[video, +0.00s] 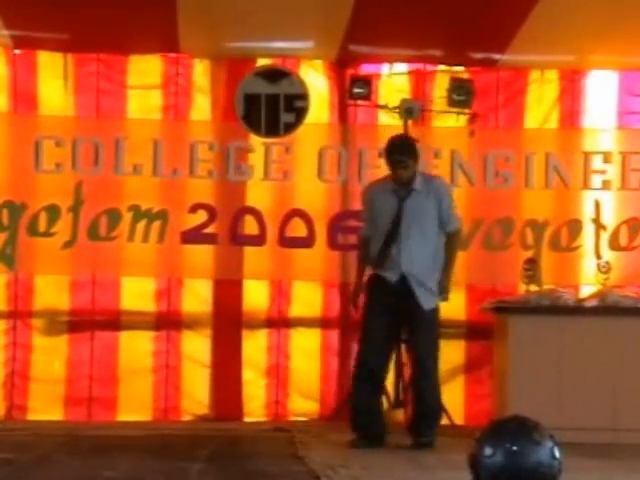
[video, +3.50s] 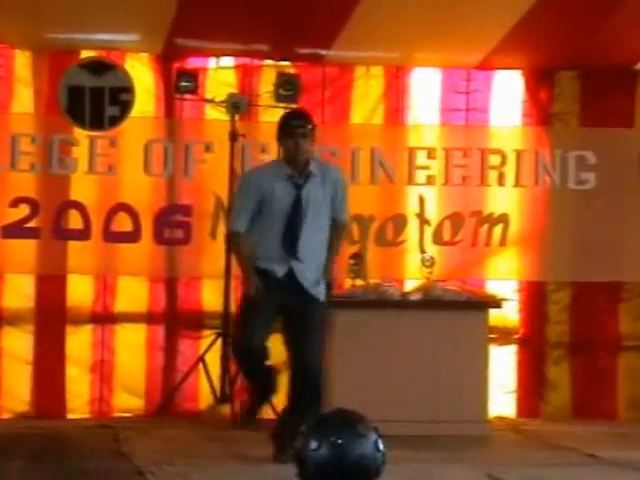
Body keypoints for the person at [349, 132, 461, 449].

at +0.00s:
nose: (401, 173)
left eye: (406, 166)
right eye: (396, 167)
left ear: (417, 163)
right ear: (387, 165)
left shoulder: (436, 190)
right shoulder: (374, 193)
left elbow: (453, 233)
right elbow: (367, 236)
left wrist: (445, 276)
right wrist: (359, 280)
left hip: (423, 285)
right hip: (383, 284)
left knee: (425, 362)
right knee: (370, 360)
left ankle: (425, 430)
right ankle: (369, 430)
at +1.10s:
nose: (370, 180)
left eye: (374, 173)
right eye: (363, 174)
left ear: (381, 168)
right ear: (351, 170)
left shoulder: (394, 188)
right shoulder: (331, 197)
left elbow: (408, 221)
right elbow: (322, 246)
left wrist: (401, 255)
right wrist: (330, 287)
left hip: (384, 282)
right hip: (345, 283)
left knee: (392, 356)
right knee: (342, 357)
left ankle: (393, 430)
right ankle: (358, 428)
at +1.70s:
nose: (348, 182)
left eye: (354, 175)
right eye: (342, 175)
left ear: (361, 172)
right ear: (330, 170)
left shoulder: (369, 199)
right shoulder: (305, 196)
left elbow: (372, 239)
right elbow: (287, 240)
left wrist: (365, 280)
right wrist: (299, 283)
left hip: (353, 294)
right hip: (313, 294)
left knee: (361, 366)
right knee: (309, 371)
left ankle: (343, 433)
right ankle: (335, 425)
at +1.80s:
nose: (348, 185)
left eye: (353, 178)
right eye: (342, 178)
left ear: (361, 175)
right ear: (329, 173)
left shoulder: (371, 202)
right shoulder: (304, 198)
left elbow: (374, 244)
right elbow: (283, 241)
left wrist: (362, 283)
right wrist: (290, 281)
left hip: (344, 299)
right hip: (304, 294)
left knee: (339, 374)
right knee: (280, 353)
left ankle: (327, 443)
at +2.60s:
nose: (320, 179)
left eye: (325, 171)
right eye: (314, 171)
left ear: (332, 169)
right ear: (300, 168)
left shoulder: (343, 196)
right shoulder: (276, 197)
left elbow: (351, 242)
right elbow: (263, 246)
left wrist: (338, 286)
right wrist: (277, 285)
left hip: (320, 296)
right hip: (283, 294)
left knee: (312, 373)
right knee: (278, 371)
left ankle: (280, 436)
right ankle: (285, 444)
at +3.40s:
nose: (296, 149)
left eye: (301, 140)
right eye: (289, 141)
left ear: (308, 140)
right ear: (276, 141)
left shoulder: (322, 176)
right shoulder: (251, 177)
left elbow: (329, 222)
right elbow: (238, 231)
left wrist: (329, 262)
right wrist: (255, 277)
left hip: (314, 282)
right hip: (273, 284)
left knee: (331, 356)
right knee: (283, 359)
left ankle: (321, 422)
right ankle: (306, 422)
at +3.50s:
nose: (300, 145)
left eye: (306, 137)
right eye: (293, 137)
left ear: (314, 141)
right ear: (281, 141)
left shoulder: (331, 180)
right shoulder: (257, 179)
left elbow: (339, 227)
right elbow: (236, 234)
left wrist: (328, 270)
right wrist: (249, 277)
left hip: (309, 280)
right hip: (265, 277)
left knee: (308, 365)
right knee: (247, 343)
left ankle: (293, 434)